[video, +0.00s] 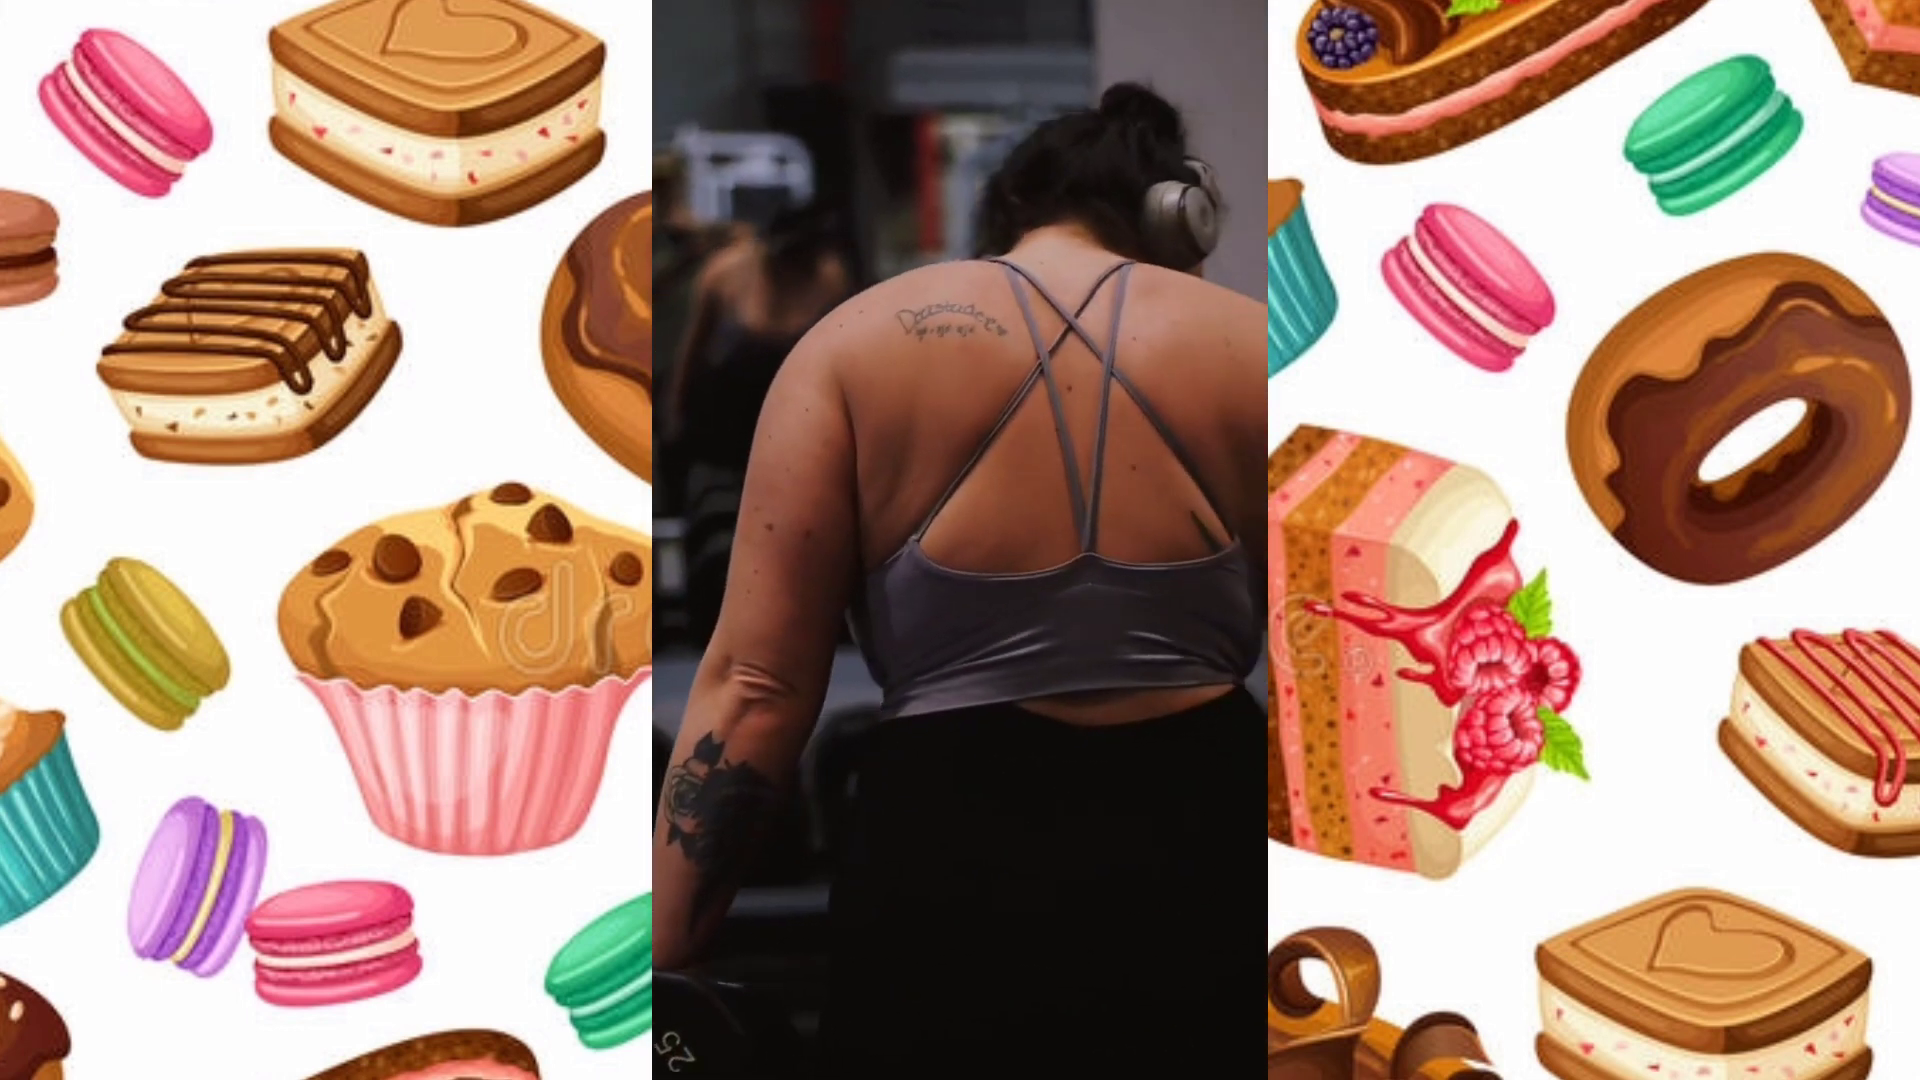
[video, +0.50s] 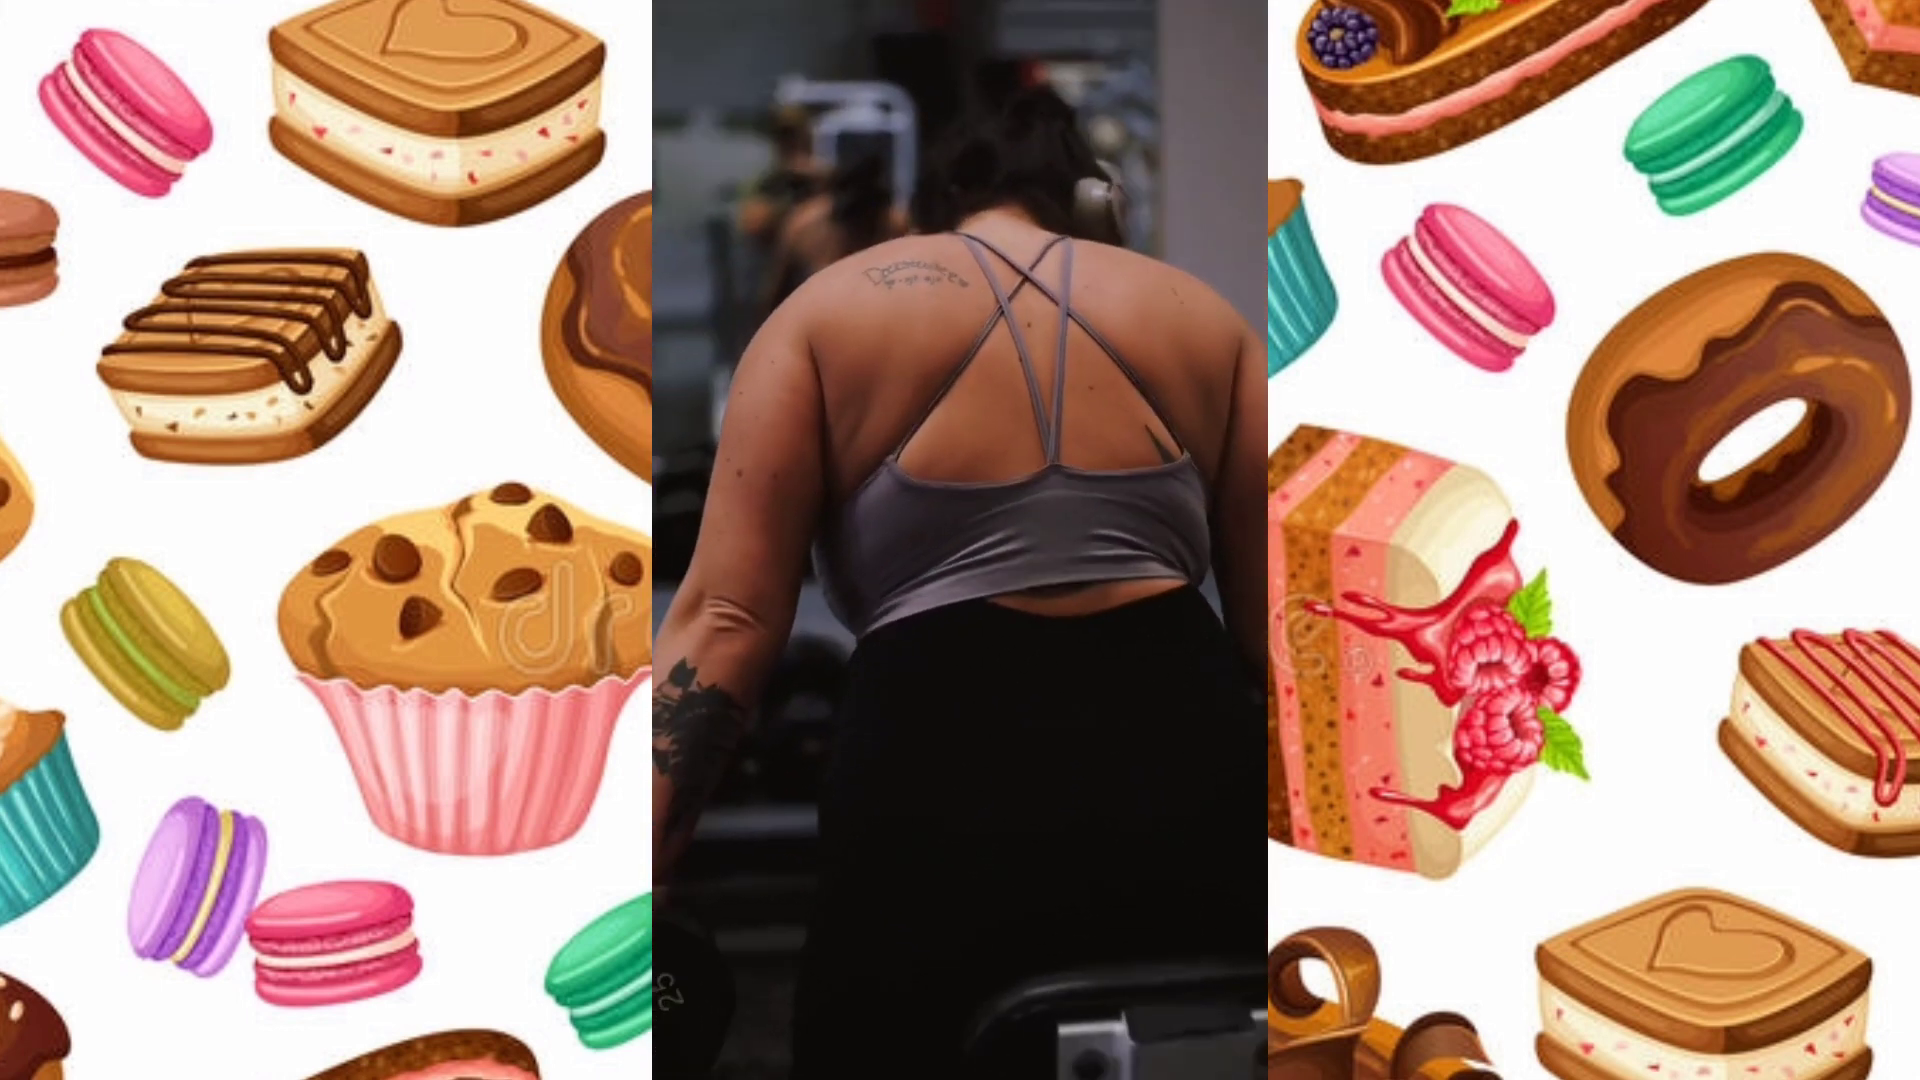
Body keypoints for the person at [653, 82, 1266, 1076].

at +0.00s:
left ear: (1005, 212)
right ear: (1173, 221)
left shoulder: (854, 347)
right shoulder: (1255, 343)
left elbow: (757, 683)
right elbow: (1328, 658)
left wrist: (657, 961)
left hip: (939, 839)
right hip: (1200, 836)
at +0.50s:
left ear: (937, 192)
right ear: (1083, 190)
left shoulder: (827, 316)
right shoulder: (1201, 317)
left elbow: (726, 614)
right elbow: (1274, 620)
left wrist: (622, 864)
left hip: (933, 762)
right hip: (1184, 751)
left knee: (886, 1050)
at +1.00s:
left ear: (861, 24)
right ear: (1025, 18)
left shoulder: (770, 198)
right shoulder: (1145, 183)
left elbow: (699, 502)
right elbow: (1237, 471)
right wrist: (1148, 396)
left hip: (874, 657)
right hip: (1106, 649)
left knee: (845, 1034)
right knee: (1127, 1016)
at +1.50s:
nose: (719, 145)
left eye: (728, 124)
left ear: (740, 147)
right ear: (917, 139)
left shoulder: (672, 326)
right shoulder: (1016, 315)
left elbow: (620, 559)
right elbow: (1097, 568)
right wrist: (1122, 528)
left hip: (756, 741)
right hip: (966, 729)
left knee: (750, 1044)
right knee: (960, 1041)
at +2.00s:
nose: (821, 299)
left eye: (829, 282)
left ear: (841, 310)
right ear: (1003, 303)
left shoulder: (776, 492)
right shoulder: (1101, 457)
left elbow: (755, 752)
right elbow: (1211, 683)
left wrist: (696, 735)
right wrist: (1123, 681)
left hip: (908, 919)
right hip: (1113, 902)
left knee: (781, 1047)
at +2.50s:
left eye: (931, 450)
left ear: (950, 474)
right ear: (1129, 457)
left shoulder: (885, 663)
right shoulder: (1223, 611)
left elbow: (858, 935)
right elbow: (1291, 837)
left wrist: (814, 860)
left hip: (973, 1038)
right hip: (1187, 1018)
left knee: (810, 951)